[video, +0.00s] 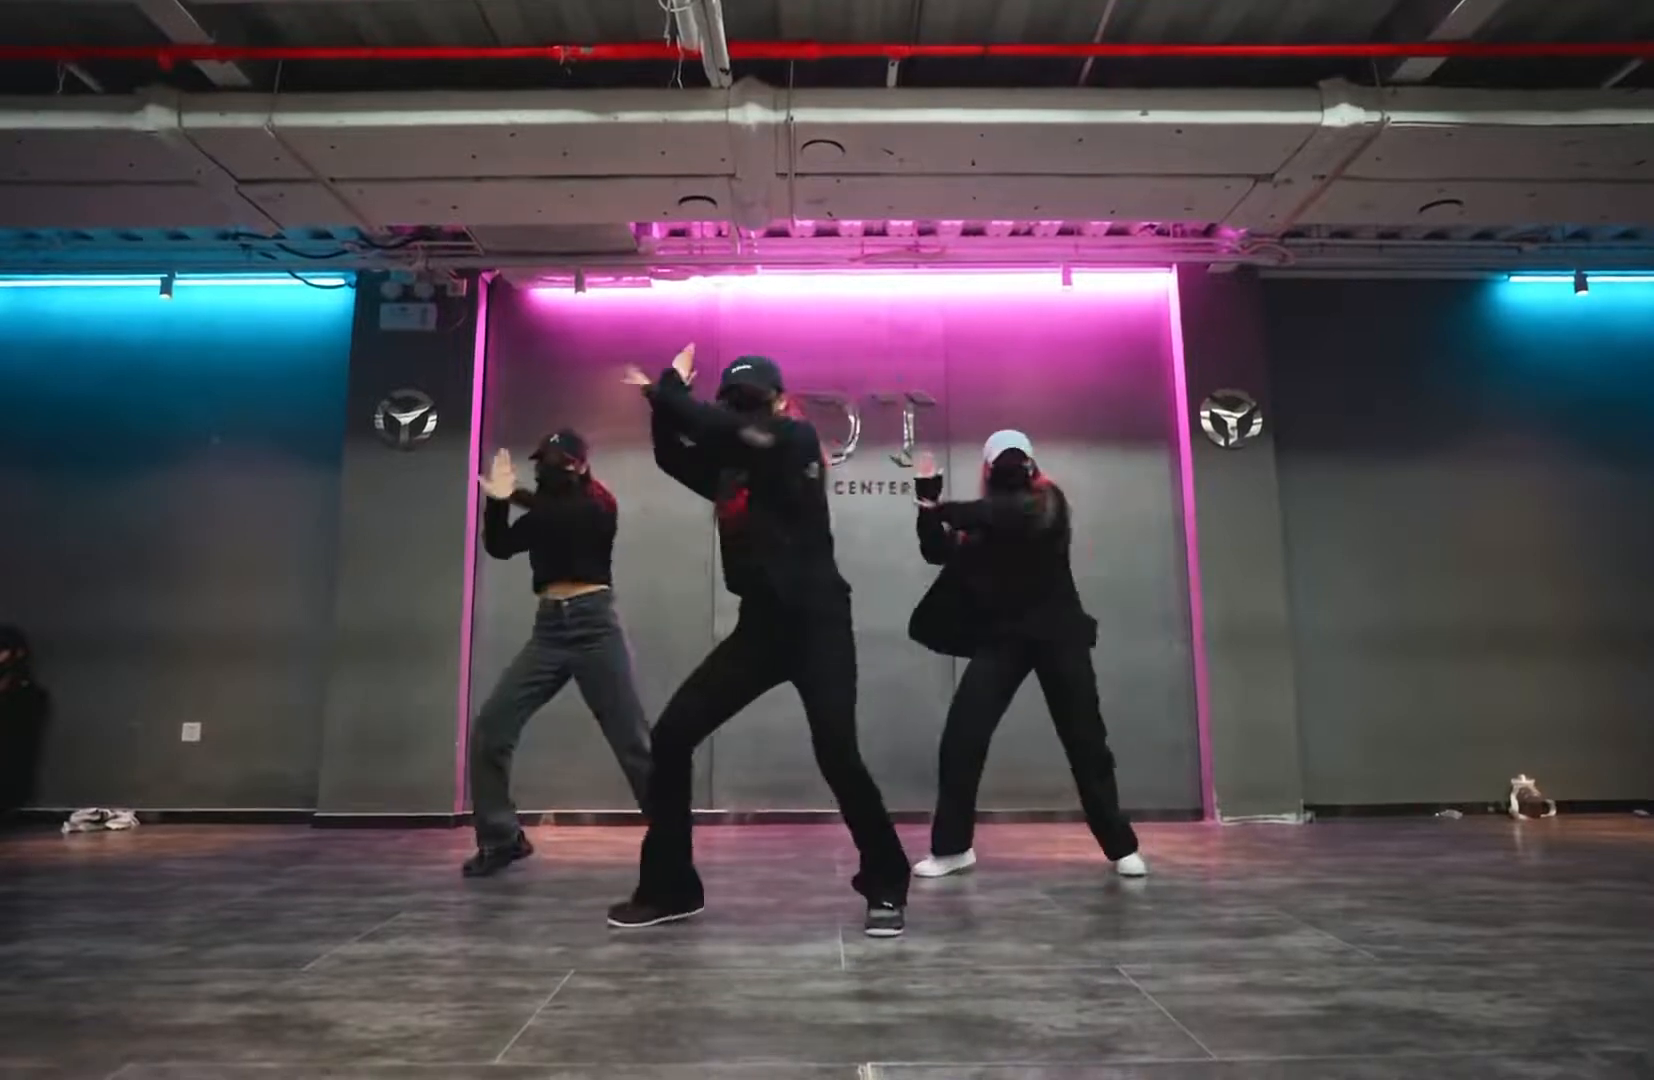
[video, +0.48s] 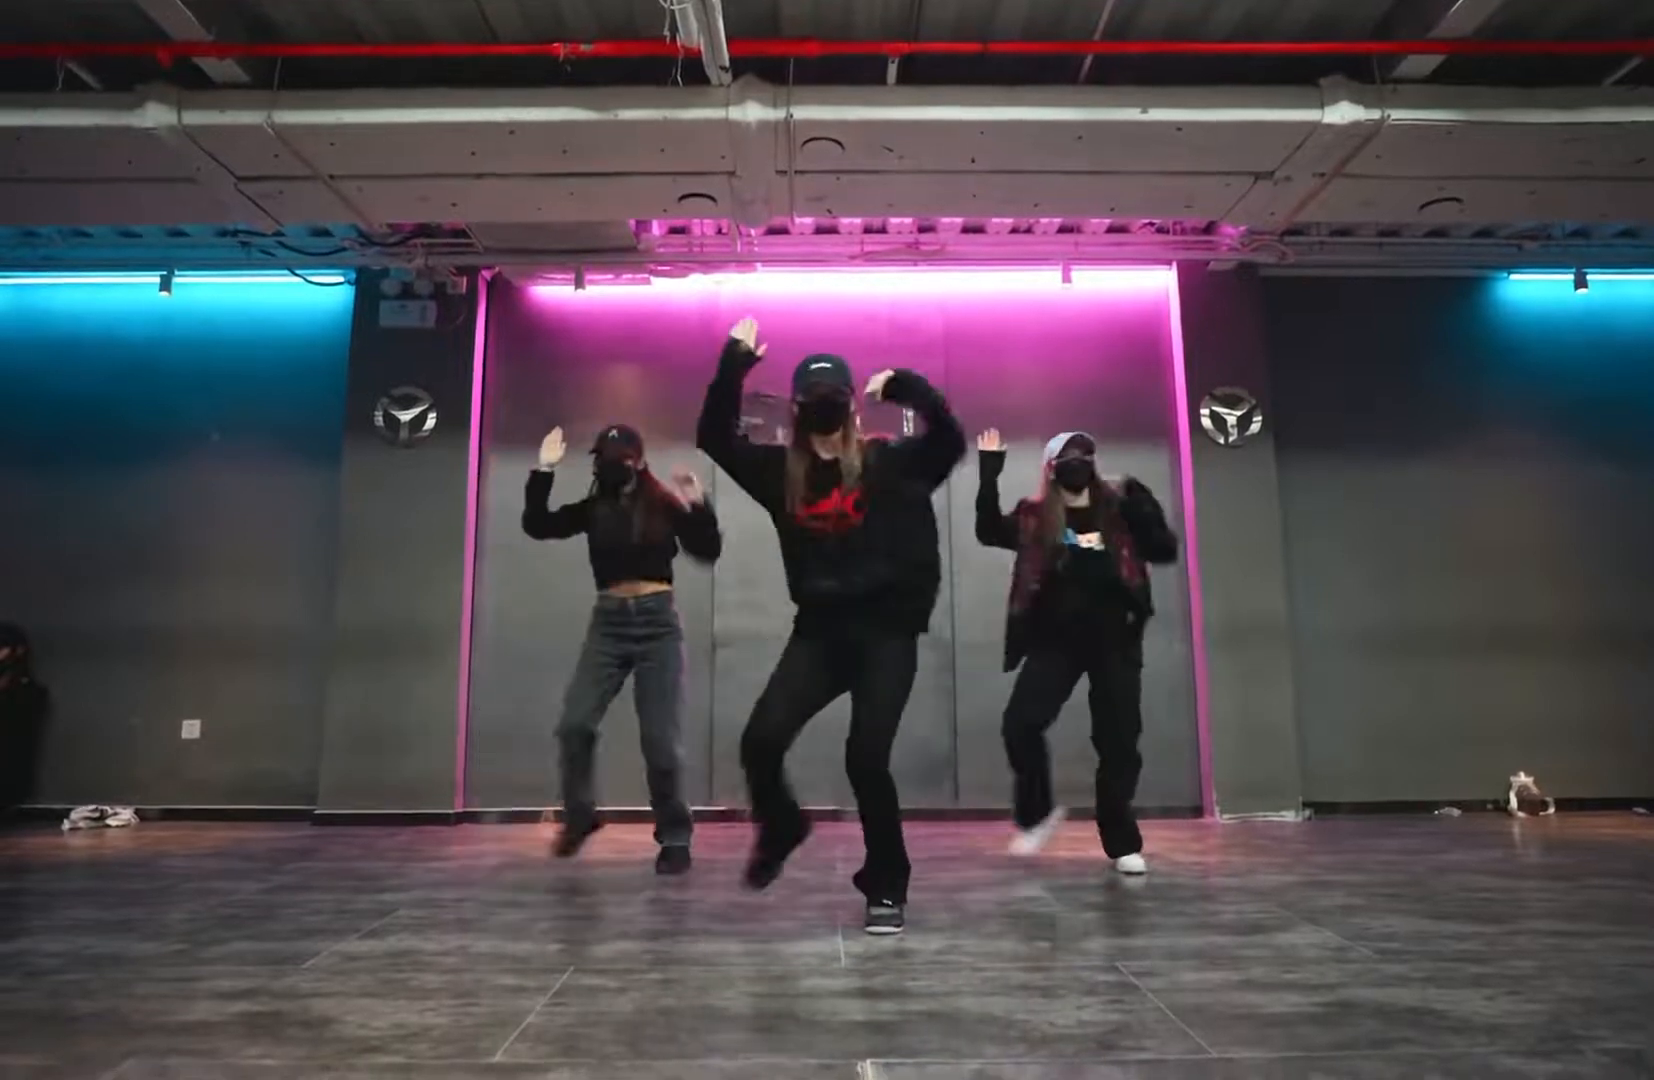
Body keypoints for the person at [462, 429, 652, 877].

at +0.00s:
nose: (541, 471)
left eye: (549, 464)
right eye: (540, 463)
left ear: (573, 465)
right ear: (544, 466)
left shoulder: (597, 504)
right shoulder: (545, 508)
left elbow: (564, 509)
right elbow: (499, 546)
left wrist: (517, 495)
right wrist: (496, 499)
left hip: (595, 627)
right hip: (550, 629)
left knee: (632, 741)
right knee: (491, 728)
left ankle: (675, 841)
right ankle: (500, 839)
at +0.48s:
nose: (612, 470)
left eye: (621, 462)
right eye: (606, 462)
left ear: (637, 461)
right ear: (596, 462)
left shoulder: (661, 502)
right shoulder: (593, 508)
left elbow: (707, 550)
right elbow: (536, 524)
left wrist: (698, 506)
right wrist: (544, 471)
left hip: (658, 626)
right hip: (609, 626)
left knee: (659, 742)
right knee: (574, 725)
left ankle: (674, 841)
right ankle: (579, 817)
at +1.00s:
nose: (641, 438)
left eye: (649, 431)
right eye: (633, 431)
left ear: (662, 435)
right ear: (621, 436)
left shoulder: (678, 473)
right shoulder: (609, 477)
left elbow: (719, 518)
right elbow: (560, 518)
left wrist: (721, 558)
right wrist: (562, 468)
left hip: (664, 600)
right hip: (617, 601)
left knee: (674, 724)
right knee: (622, 724)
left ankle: (695, 834)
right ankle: (647, 827)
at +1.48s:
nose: (549, 484)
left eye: (560, 476)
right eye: (544, 474)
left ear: (581, 477)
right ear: (537, 474)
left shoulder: (604, 523)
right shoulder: (523, 522)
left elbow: (632, 581)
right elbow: (528, 585)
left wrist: (606, 629)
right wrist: (554, 617)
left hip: (596, 660)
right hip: (542, 655)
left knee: (623, 758)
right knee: (482, 741)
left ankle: (683, 834)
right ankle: (460, 851)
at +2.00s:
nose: (548, 440)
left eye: (557, 430)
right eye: (540, 430)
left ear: (574, 427)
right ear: (528, 428)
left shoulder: (594, 484)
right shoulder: (514, 475)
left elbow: (607, 555)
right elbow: (472, 536)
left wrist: (615, 618)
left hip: (572, 606)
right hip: (512, 606)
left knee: (609, 697)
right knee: (465, 719)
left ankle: (631, 821)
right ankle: (442, 832)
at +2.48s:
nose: (544, 416)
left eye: (554, 407)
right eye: (536, 407)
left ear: (572, 410)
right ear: (524, 409)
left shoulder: (588, 468)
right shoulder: (505, 458)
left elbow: (628, 525)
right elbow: (437, 459)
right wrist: (436, 400)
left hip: (570, 597)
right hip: (512, 598)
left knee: (610, 714)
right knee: (458, 700)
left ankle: (645, 830)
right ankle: (438, 823)